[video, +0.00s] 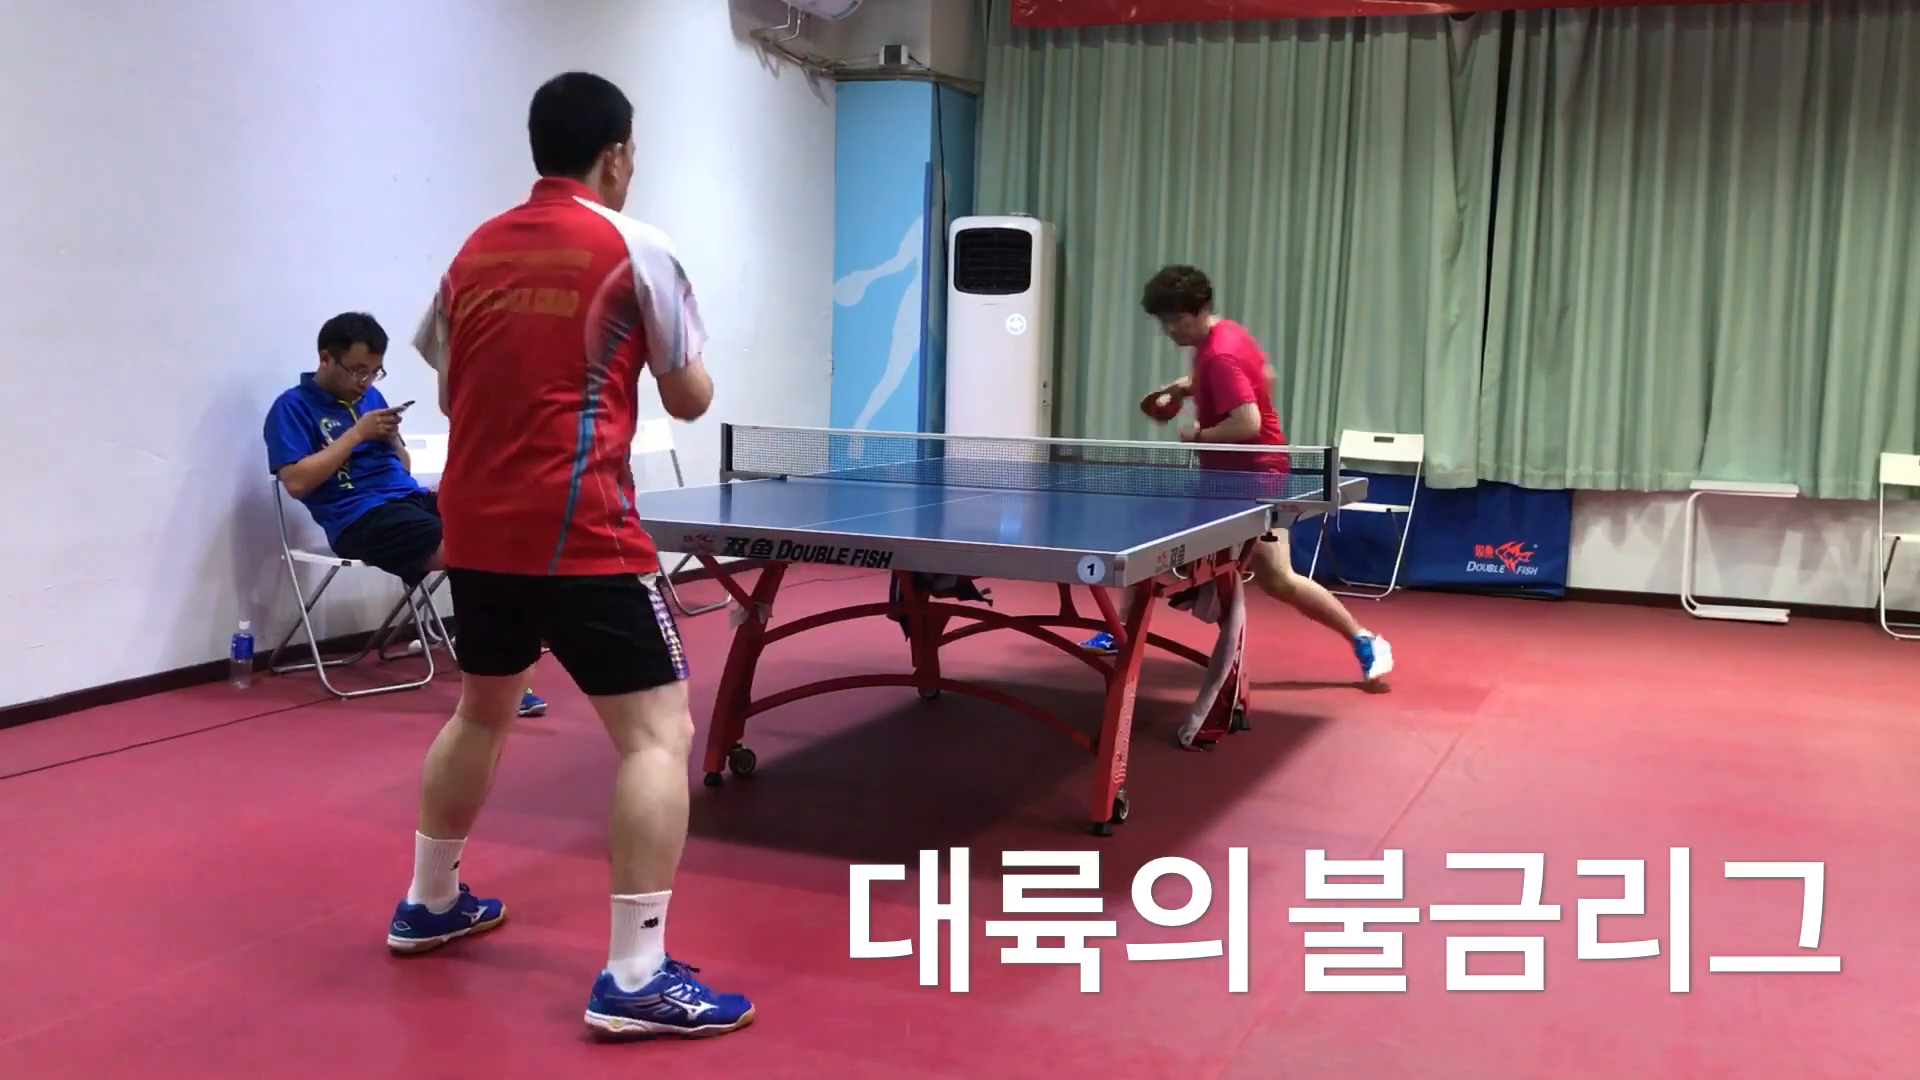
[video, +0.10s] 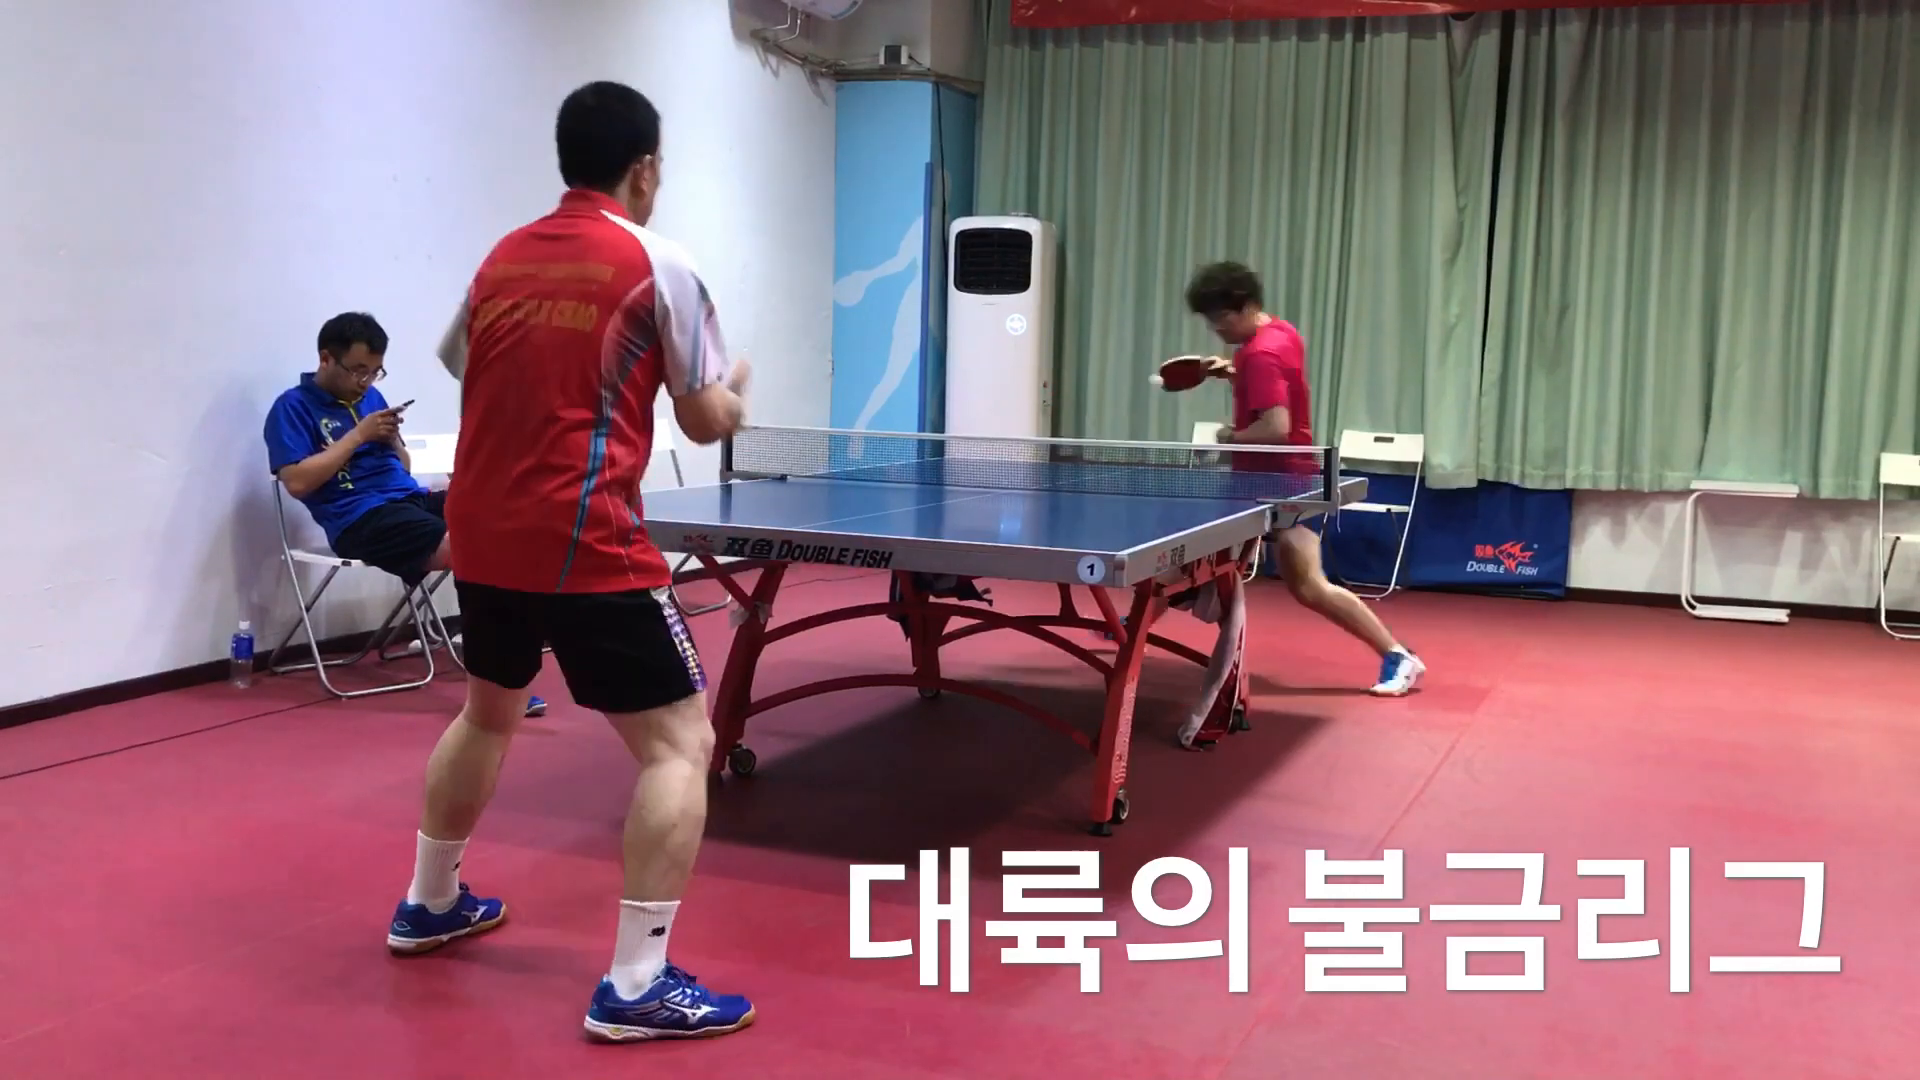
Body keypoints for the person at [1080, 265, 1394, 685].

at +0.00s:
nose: (1168, 331)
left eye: (1171, 321)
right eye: (1164, 323)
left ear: (1197, 312)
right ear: (1198, 310)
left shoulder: (1220, 353)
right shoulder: (1227, 333)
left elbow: (1248, 423)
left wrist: (1201, 435)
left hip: (1248, 476)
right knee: (1278, 578)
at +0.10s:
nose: (1214, 329)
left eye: (1217, 318)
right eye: (1210, 320)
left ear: (1242, 307)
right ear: (1247, 306)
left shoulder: (1259, 353)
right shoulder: (1280, 331)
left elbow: (1277, 424)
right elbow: (1277, 374)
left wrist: (1233, 437)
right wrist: (1234, 370)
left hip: (1276, 479)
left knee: (1308, 586)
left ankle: (1397, 657)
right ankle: (1397, 655)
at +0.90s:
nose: (1176, 326)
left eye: (1185, 316)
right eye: (1170, 317)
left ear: (1212, 316)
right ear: (1167, 319)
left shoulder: (1238, 358)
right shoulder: (1202, 357)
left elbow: (1268, 426)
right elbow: (1214, 406)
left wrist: (1213, 435)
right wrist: (1163, 422)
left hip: (1295, 472)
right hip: (1250, 471)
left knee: (1299, 573)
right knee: (1191, 541)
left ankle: (1369, 655)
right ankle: (1169, 631)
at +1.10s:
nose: (1175, 343)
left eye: (1180, 334)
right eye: (1172, 335)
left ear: (1209, 330)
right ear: (1204, 331)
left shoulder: (1250, 373)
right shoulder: (1202, 370)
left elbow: (1281, 442)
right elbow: (1193, 413)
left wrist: (1222, 443)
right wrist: (1132, 399)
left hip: (1295, 482)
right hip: (1245, 481)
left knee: (1297, 580)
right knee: (1183, 539)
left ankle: (1365, 659)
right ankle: (1166, 631)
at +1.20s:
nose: (1185, 335)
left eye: (1192, 326)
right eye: (1182, 326)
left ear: (1222, 324)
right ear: (1184, 326)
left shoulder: (1266, 364)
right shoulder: (1193, 365)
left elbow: (1301, 435)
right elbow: (1143, 399)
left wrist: (1237, 437)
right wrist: (1122, 367)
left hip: (1297, 480)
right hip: (1242, 479)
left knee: (1306, 573)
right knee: (1181, 546)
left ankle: (1365, 659)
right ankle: (1166, 632)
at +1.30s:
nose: (1196, 321)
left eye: (1204, 312)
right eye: (1192, 312)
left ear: (1234, 311)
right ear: (1190, 311)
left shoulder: (1280, 355)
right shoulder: (1195, 352)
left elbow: (1311, 422)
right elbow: (1140, 395)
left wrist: (1247, 428)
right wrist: (1134, 368)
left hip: (1297, 473)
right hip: (1236, 473)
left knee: (1309, 558)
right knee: (1172, 535)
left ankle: (1353, 654)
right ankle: (1161, 625)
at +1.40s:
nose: (1201, 320)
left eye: (1210, 310)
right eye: (1195, 310)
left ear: (1239, 309)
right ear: (1190, 311)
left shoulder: (1281, 356)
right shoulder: (1190, 356)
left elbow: (1313, 419)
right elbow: (1140, 410)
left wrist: (1250, 429)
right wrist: (1138, 388)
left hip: (1290, 474)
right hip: (1228, 474)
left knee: (1310, 560)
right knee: (1170, 545)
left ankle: (1353, 654)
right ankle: (1133, 636)